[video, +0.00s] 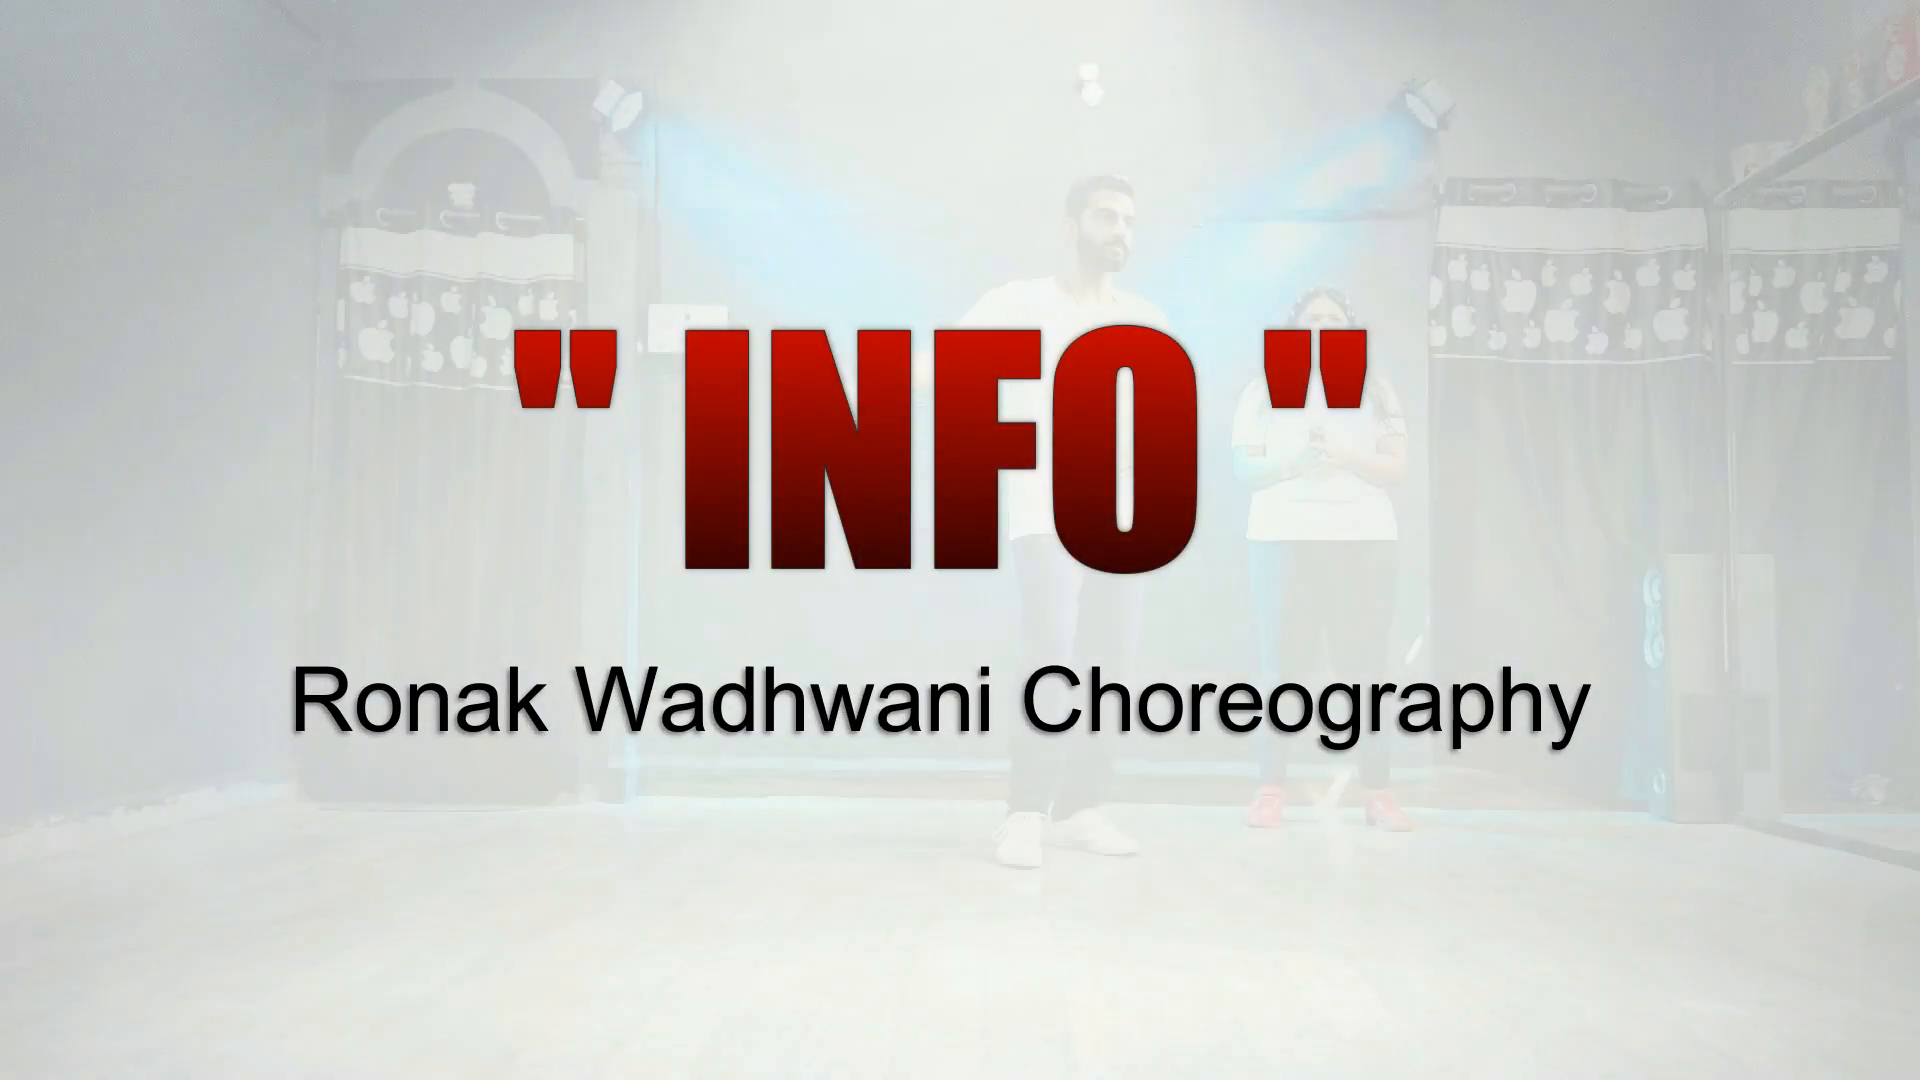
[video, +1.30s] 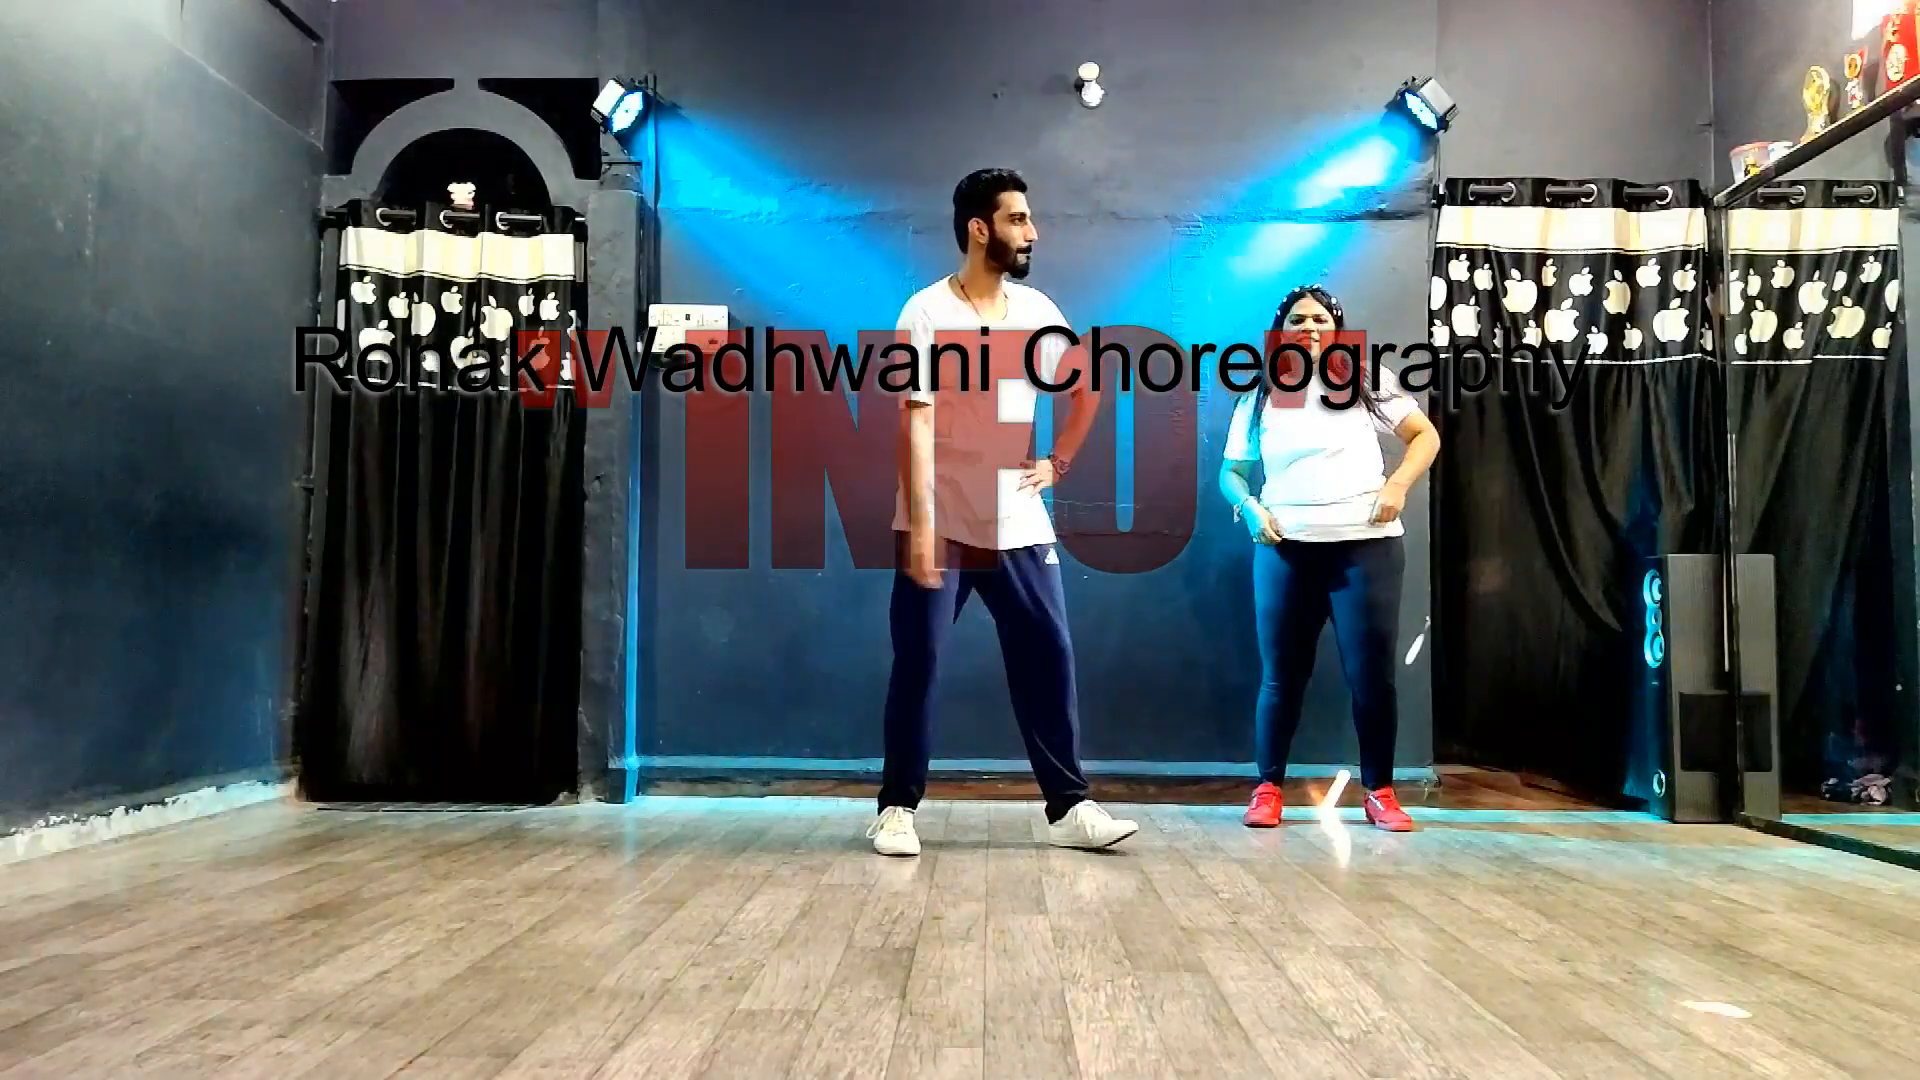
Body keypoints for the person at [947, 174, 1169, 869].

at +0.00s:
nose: (1120, 231)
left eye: (1128, 220)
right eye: (1107, 217)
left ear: (1133, 232)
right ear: (1073, 222)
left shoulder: (1139, 318)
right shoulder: (1014, 307)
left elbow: (1166, 415)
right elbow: (950, 383)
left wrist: (1157, 498)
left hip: (1117, 507)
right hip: (1039, 506)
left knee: (1107, 652)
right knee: (1046, 651)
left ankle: (1083, 807)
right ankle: (1027, 810)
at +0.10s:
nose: (1125, 236)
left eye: (1133, 227)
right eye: (1112, 224)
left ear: (1139, 239)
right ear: (1079, 231)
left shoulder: (1147, 325)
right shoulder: (1017, 307)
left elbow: (1174, 422)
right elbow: (935, 365)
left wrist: (1164, 509)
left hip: (1124, 512)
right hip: (1042, 508)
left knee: (1118, 655)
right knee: (1056, 654)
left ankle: (1092, 808)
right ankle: (1054, 811)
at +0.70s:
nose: (1132, 236)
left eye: (1134, 225)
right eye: (1119, 223)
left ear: (1126, 236)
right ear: (1079, 230)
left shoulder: (1136, 326)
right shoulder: (1019, 306)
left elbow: (1153, 429)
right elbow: (999, 412)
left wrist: (1129, 493)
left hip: (1092, 526)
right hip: (1006, 519)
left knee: (1097, 660)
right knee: (964, 644)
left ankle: (1079, 809)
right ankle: (965, 810)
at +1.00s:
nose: (1083, 237)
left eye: (1084, 226)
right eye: (1071, 224)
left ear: (1069, 237)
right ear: (1030, 231)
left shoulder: (1089, 326)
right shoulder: (973, 306)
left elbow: (1126, 425)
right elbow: (955, 412)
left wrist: (1054, 409)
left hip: (1066, 528)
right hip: (979, 522)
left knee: (1086, 662)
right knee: (937, 649)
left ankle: (1078, 809)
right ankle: (938, 811)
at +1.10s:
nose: (1068, 233)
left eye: (1069, 221)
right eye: (1055, 220)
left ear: (1056, 232)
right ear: (1014, 227)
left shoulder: (1073, 318)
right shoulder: (961, 302)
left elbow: (1109, 414)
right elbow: (966, 401)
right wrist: (1067, 426)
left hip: (1050, 518)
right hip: (968, 515)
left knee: (1069, 655)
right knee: (941, 657)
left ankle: (1076, 805)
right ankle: (915, 805)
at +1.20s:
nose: (1046, 229)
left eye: (1046, 217)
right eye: (1032, 217)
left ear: (1019, 229)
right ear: (993, 226)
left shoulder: (1051, 310)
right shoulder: (941, 307)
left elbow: (1103, 391)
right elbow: (951, 424)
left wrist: (1075, 454)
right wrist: (1005, 508)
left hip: (1028, 504)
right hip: (950, 507)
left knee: (1053, 656)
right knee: (929, 660)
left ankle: (1070, 805)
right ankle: (897, 807)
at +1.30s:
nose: (1030, 230)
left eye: (1030, 218)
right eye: (1017, 219)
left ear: (1008, 230)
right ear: (977, 229)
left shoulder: (1038, 312)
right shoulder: (925, 312)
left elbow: (1087, 385)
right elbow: (917, 422)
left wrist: (1059, 463)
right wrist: (920, 526)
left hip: (1019, 517)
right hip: (937, 518)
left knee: (1050, 654)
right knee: (918, 664)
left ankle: (1068, 805)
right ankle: (898, 807)